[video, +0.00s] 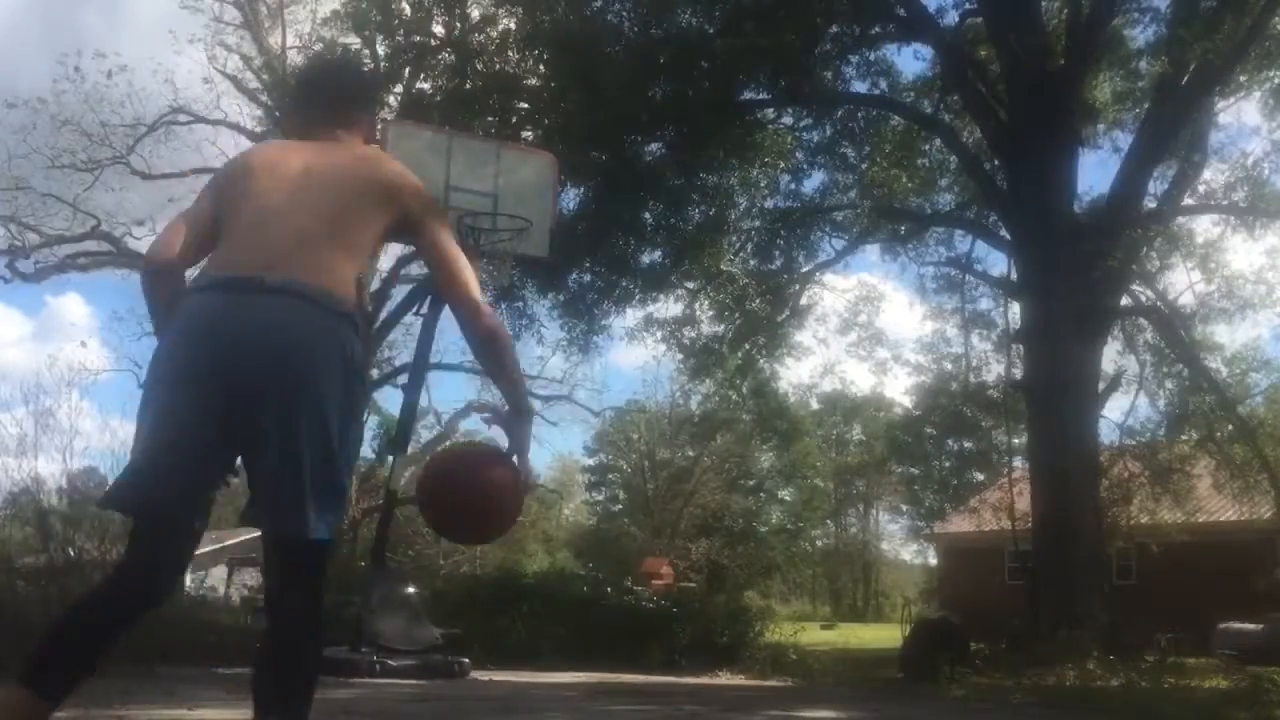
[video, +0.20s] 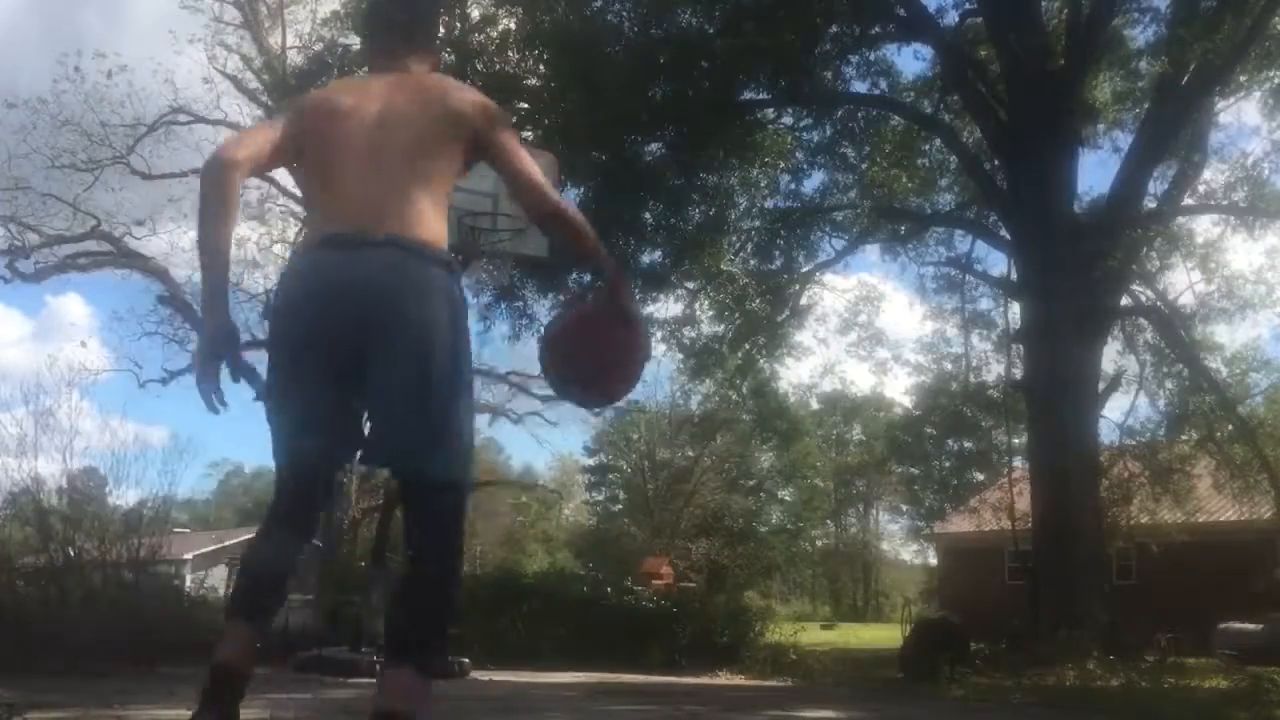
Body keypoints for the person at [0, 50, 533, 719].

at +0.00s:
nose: (379, 140)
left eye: (377, 130)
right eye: (378, 128)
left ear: (294, 118)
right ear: (365, 125)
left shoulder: (246, 164)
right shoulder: (389, 176)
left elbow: (161, 261)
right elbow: (479, 316)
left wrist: (181, 349)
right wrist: (519, 411)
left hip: (205, 324)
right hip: (310, 339)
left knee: (150, 564)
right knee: (296, 583)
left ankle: (27, 697)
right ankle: (280, 715)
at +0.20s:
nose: (439, 55)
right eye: (439, 43)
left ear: (367, 46)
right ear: (434, 46)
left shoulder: (314, 105)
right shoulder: (463, 102)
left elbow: (223, 163)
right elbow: (547, 208)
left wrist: (215, 315)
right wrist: (615, 281)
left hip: (313, 285)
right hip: (414, 287)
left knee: (293, 498)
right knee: (435, 503)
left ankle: (222, 687)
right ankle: (402, 694)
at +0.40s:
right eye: (489, 109)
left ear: (417, 102)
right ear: (488, 106)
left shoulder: (372, 172)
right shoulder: (530, 166)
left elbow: (341, 310)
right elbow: (524, 295)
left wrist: (330, 449)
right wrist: (522, 391)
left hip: (383, 352)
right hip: (488, 352)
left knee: (348, 550)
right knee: (568, 552)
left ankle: (302, 709)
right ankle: (618, 708)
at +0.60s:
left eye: (375, 141)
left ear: (376, 144)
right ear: (441, 142)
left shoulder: (339, 215)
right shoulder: (489, 209)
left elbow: (330, 322)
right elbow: (503, 325)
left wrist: (305, 442)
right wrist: (498, 400)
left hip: (377, 400)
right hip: (474, 393)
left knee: (395, 568)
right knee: (531, 575)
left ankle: (387, 708)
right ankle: (580, 708)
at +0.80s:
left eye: (308, 80)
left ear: (311, 80)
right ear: (378, 86)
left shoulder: (289, 122)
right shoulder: (420, 147)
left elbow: (286, 169)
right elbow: (453, 259)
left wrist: (182, 259)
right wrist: (466, 366)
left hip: (313, 320)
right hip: (398, 322)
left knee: (333, 505)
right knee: (396, 502)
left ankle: (339, 685)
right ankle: (353, 660)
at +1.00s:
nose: (262, 137)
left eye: (261, 126)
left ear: (262, 132)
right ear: (320, 134)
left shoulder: (228, 190)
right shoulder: (357, 196)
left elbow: (158, 253)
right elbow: (368, 299)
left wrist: (94, 321)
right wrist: (357, 392)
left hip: (235, 371)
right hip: (313, 376)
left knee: (222, 542)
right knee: (318, 564)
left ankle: (152, 692)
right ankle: (259, 707)